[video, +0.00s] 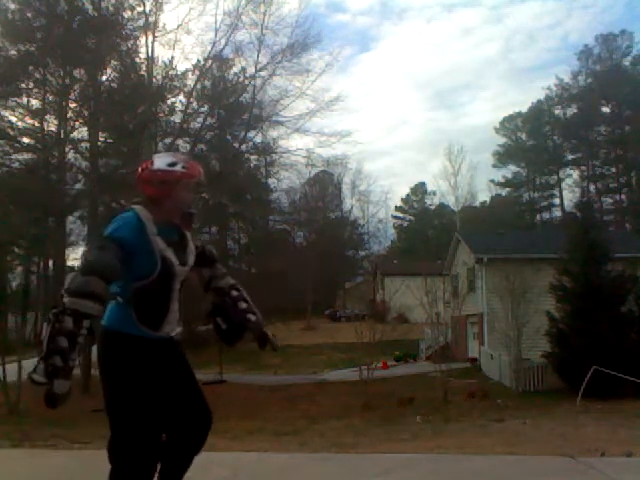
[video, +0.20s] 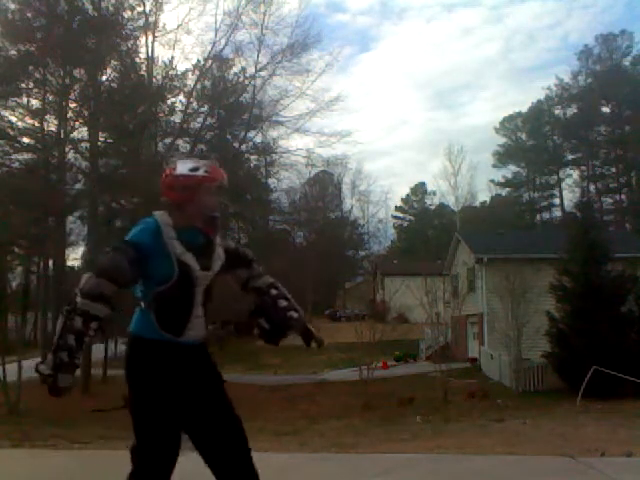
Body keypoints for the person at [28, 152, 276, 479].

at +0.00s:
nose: (192, 198)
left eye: (192, 190)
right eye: (186, 190)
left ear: (170, 193)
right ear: (164, 191)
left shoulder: (180, 236)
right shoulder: (129, 227)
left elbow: (212, 272)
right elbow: (87, 288)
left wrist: (241, 310)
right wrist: (60, 361)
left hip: (164, 345)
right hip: (124, 345)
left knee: (194, 420)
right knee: (135, 438)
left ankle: (167, 476)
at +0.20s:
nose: (217, 202)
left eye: (217, 194)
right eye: (210, 193)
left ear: (201, 195)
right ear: (186, 195)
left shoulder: (212, 242)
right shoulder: (151, 233)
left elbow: (250, 275)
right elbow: (102, 285)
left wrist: (284, 311)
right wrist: (67, 350)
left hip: (193, 356)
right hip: (151, 357)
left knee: (228, 447)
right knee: (155, 454)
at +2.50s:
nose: (308, 218)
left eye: (314, 210)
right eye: (300, 209)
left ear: (322, 212)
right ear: (280, 210)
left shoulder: (327, 250)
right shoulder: (257, 246)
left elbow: (370, 281)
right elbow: (236, 293)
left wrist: (396, 329)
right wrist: (225, 346)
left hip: (302, 352)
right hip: (261, 353)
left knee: (299, 439)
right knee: (269, 439)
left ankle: (297, 474)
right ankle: (271, 475)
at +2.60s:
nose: (300, 216)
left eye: (308, 209)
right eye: (291, 207)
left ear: (316, 213)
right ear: (273, 210)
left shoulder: (325, 250)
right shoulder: (249, 249)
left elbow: (369, 276)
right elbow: (219, 288)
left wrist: (405, 330)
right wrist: (196, 343)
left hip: (304, 354)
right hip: (260, 353)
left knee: (298, 439)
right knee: (268, 439)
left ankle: (295, 477)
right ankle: (267, 478)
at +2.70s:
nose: (298, 213)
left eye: (305, 207)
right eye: (289, 205)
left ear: (311, 212)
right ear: (271, 208)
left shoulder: (322, 247)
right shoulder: (245, 245)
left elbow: (366, 273)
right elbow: (210, 284)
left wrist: (399, 326)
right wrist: (178, 334)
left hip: (302, 353)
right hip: (257, 352)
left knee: (292, 440)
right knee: (261, 438)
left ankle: (287, 479)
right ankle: (256, 479)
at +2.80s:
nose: (295, 215)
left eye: (301, 208)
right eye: (287, 207)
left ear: (308, 214)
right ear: (268, 211)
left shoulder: (319, 250)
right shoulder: (243, 250)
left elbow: (363, 276)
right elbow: (202, 286)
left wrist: (382, 331)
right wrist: (167, 335)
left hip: (300, 359)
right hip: (253, 357)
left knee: (293, 444)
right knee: (250, 442)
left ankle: (288, 479)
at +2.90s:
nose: (285, 222)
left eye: (294, 215)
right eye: (276, 214)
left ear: (303, 221)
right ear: (263, 218)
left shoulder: (316, 260)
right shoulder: (240, 257)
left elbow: (357, 281)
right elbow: (200, 291)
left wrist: (363, 349)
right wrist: (168, 343)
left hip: (296, 370)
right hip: (247, 369)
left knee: (297, 462)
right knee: (238, 460)